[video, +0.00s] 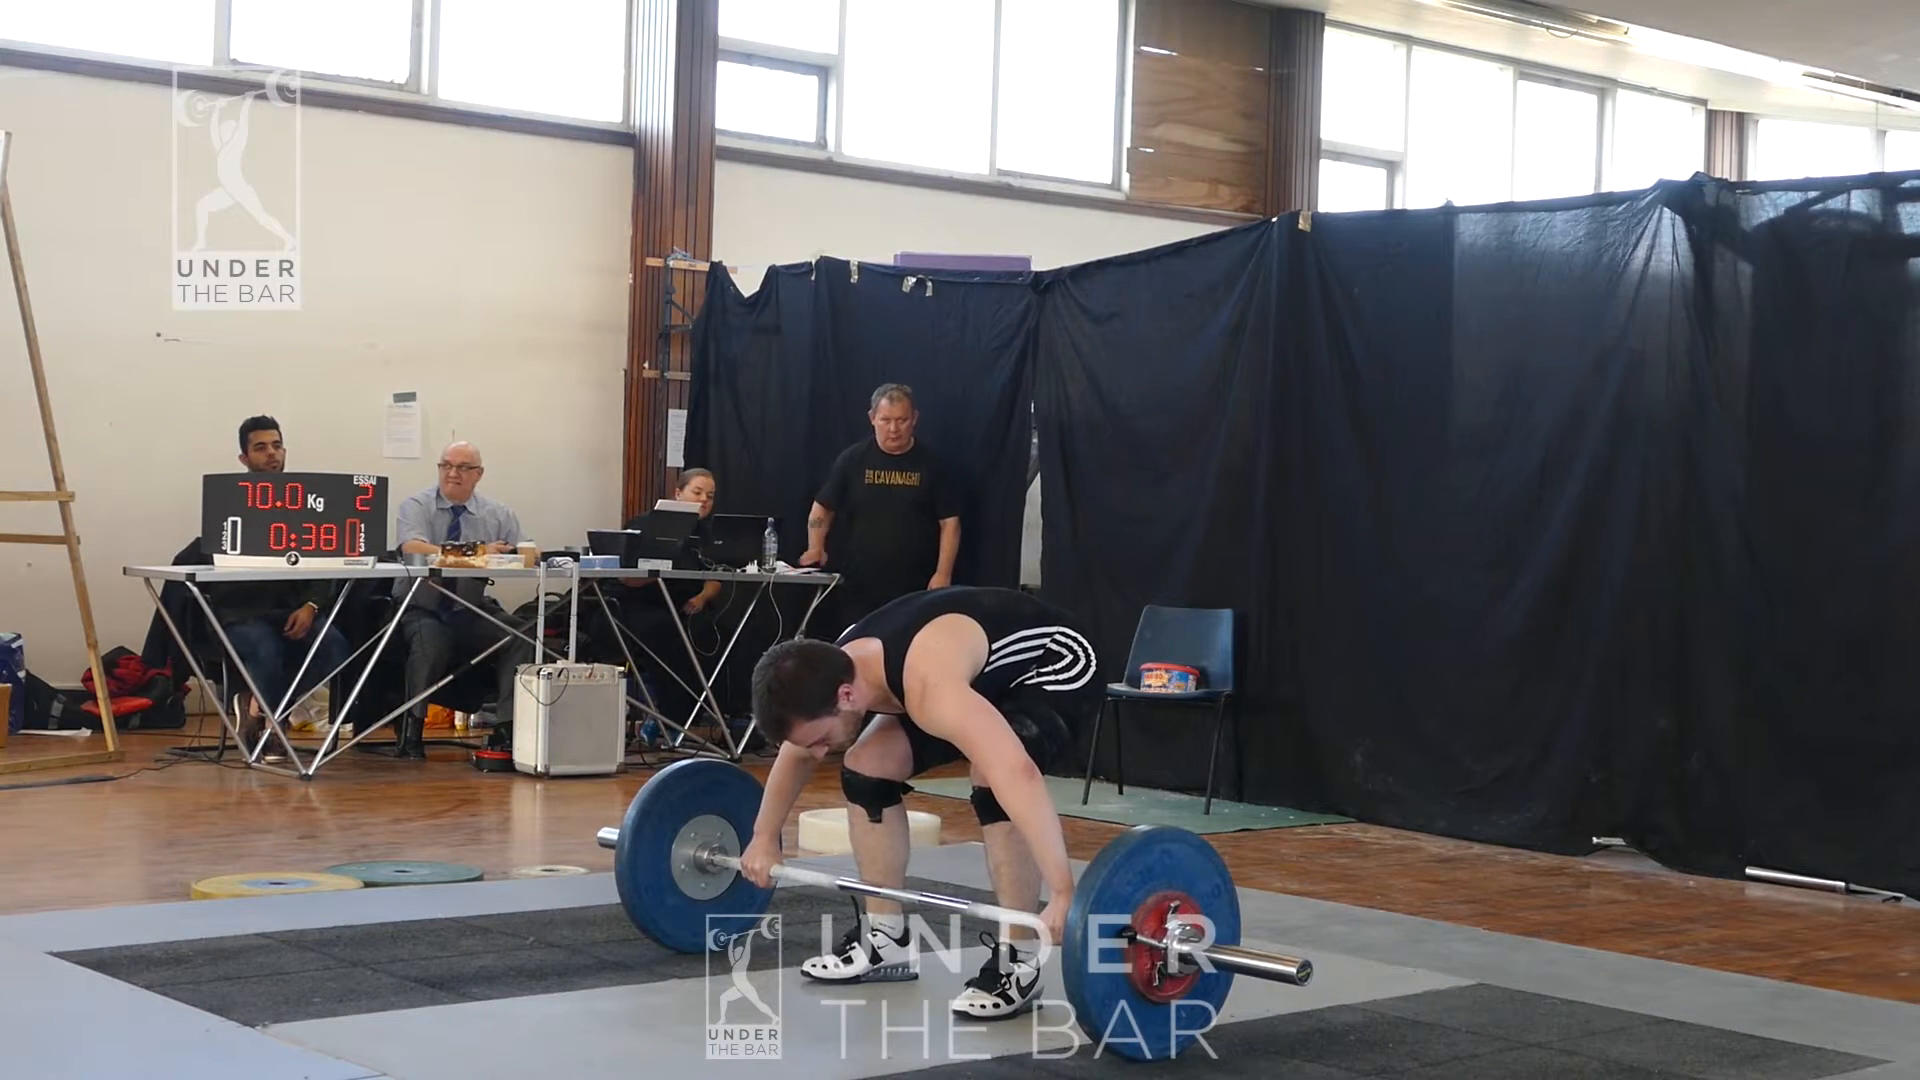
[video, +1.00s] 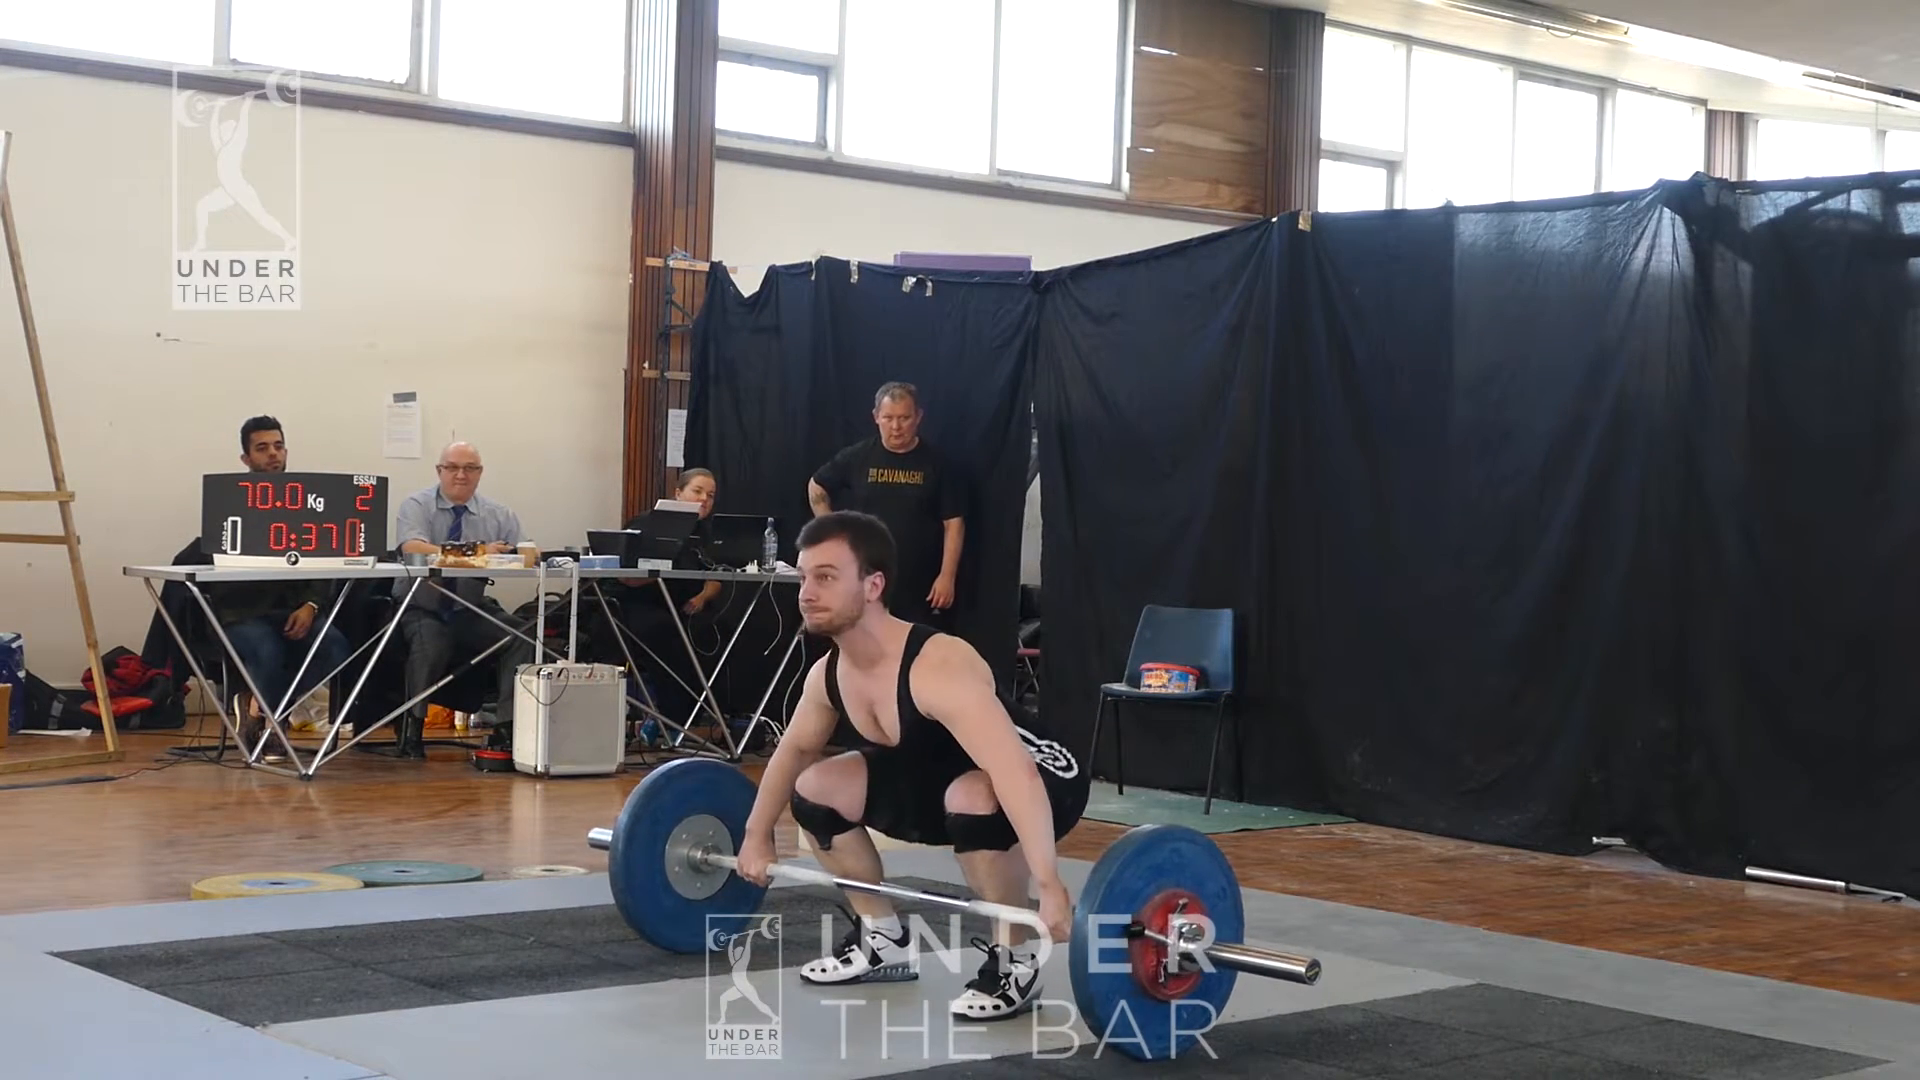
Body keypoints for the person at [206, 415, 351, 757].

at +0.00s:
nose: (272, 453)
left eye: (276, 446)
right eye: (261, 447)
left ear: (284, 450)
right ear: (245, 458)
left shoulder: (303, 497)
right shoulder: (233, 499)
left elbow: (330, 558)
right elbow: (220, 559)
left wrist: (312, 605)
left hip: (294, 608)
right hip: (244, 609)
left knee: (334, 647)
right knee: (265, 648)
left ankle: (256, 708)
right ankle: (273, 734)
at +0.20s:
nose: (272, 453)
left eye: (277, 446)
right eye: (261, 447)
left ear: (284, 450)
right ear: (245, 458)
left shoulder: (302, 497)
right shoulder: (233, 499)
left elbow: (329, 559)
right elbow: (220, 558)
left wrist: (312, 606)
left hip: (294, 607)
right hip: (244, 609)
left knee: (334, 647)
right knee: (265, 648)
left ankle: (257, 708)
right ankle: (274, 734)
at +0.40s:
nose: (272, 453)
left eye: (277, 446)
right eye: (261, 447)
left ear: (285, 451)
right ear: (245, 458)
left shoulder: (302, 497)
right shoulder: (233, 500)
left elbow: (329, 558)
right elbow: (219, 560)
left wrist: (312, 605)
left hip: (294, 608)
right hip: (244, 610)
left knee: (335, 647)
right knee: (268, 650)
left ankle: (258, 708)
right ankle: (273, 733)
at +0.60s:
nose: (272, 453)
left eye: (277, 446)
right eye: (262, 447)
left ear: (285, 451)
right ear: (245, 458)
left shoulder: (303, 497)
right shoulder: (234, 500)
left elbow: (328, 557)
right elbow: (223, 559)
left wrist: (312, 605)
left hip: (294, 607)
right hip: (245, 609)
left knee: (335, 648)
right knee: (267, 650)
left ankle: (257, 708)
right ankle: (273, 733)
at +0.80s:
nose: (273, 454)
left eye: (278, 446)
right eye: (262, 448)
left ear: (285, 451)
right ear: (246, 458)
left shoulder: (303, 497)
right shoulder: (234, 500)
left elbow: (327, 557)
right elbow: (221, 559)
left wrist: (312, 605)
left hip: (295, 607)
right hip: (245, 609)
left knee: (335, 648)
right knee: (268, 652)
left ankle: (258, 708)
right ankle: (273, 733)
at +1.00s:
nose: (273, 454)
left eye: (278, 446)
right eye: (263, 448)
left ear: (286, 451)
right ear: (246, 458)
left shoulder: (303, 497)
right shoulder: (234, 500)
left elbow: (326, 557)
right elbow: (222, 560)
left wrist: (312, 604)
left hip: (294, 607)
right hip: (245, 610)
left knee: (335, 648)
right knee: (268, 651)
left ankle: (256, 708)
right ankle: (273, 733)